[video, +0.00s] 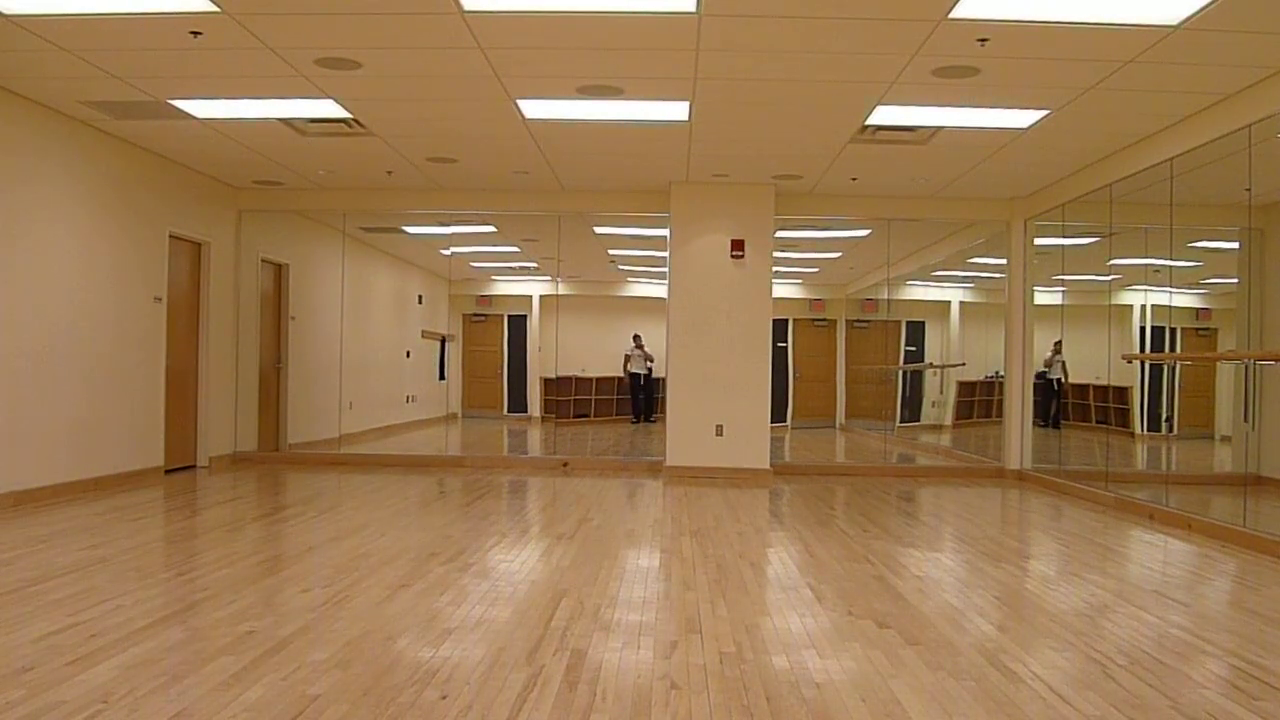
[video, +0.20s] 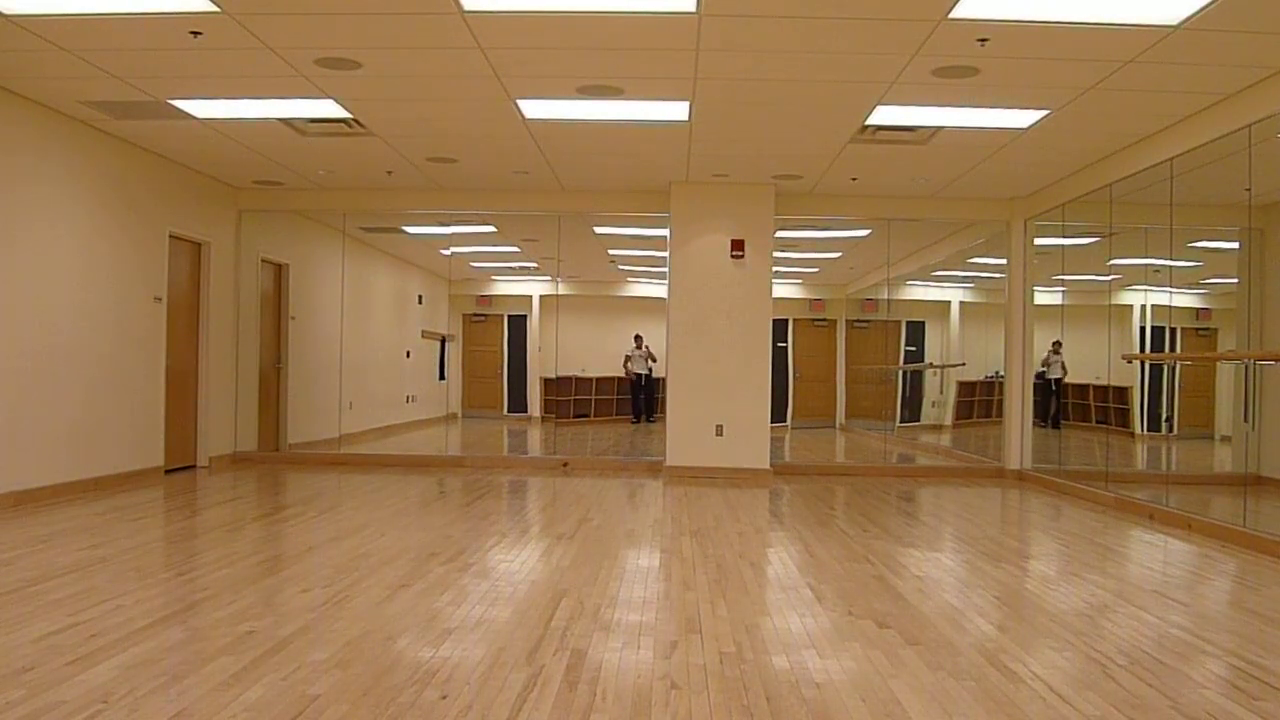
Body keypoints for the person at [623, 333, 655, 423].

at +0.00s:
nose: (638, 342)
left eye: (639, 340)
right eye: (636, 340)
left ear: (642, 340)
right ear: (634, 342)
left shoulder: (645, 350)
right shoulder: (631, 351)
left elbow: (651, 359)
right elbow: (625, 363)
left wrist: (643, 350)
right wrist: (625, 374)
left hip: (645, 372)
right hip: (635, 372)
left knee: (648, 394)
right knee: (635, 395)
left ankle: (648, 415)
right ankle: (636, 416)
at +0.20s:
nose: (639, 343)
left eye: (640, 341)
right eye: (637, 341)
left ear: (642, 341)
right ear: (634, 342)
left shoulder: (645, 352)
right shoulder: (631, 351)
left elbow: (654, 360)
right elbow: (625, 364)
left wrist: (649, 351)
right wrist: (629, 372)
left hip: (646, 373)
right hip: (636, 373)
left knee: (649, 394)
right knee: (635, 395)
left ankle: (650, 415)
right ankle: (636, 416)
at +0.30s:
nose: (639, 343)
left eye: (641, 341)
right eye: (638, 341)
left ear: (643, 341)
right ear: (635, 341)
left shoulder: (647, 351)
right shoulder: (632, 351)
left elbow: (655, 357)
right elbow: (625, 363)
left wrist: (651, 348)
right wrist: (634, 363)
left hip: (647, 373)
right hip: (637, 373)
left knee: (649, 394)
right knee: (636, 395)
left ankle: (650, 415)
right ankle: (636, 416)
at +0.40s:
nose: (640, 342)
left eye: (642, 341)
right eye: (639, 341)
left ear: (644, 341)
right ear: (636, 341)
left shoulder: (647, 351)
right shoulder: (635, 351)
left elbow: (654, 353)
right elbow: (629, 360)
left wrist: (651, 344)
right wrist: (634, 351)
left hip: (648, 372)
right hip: (637, 372)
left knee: (650, 394)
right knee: (637, 394)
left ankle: (650, 415)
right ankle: (636, 416)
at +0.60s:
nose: (642, 343)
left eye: (643, 342)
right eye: (641, 341)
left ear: (645, 343)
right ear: (638, 342)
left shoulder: (648, 352)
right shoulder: (635, 352)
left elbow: (652, 352)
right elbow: (636, 350)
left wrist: (648, 343)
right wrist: (638, 343)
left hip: (650, 371)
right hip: (640, 371)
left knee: (651, 395)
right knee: (639, 395)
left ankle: (650, 416)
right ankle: (637, 416)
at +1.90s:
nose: (646, 344)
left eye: (647, 342)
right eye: (644, 342)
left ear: (650, 343)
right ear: (642, 343)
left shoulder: (654, 352)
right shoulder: (639, 351)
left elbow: (654, 347)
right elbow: (638, 346)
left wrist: (650, 340)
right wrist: (642, 339)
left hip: (653, 373)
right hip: (642, 372)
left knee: (653, 395)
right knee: (640, 395)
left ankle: (651, 415)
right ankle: (637, 416)